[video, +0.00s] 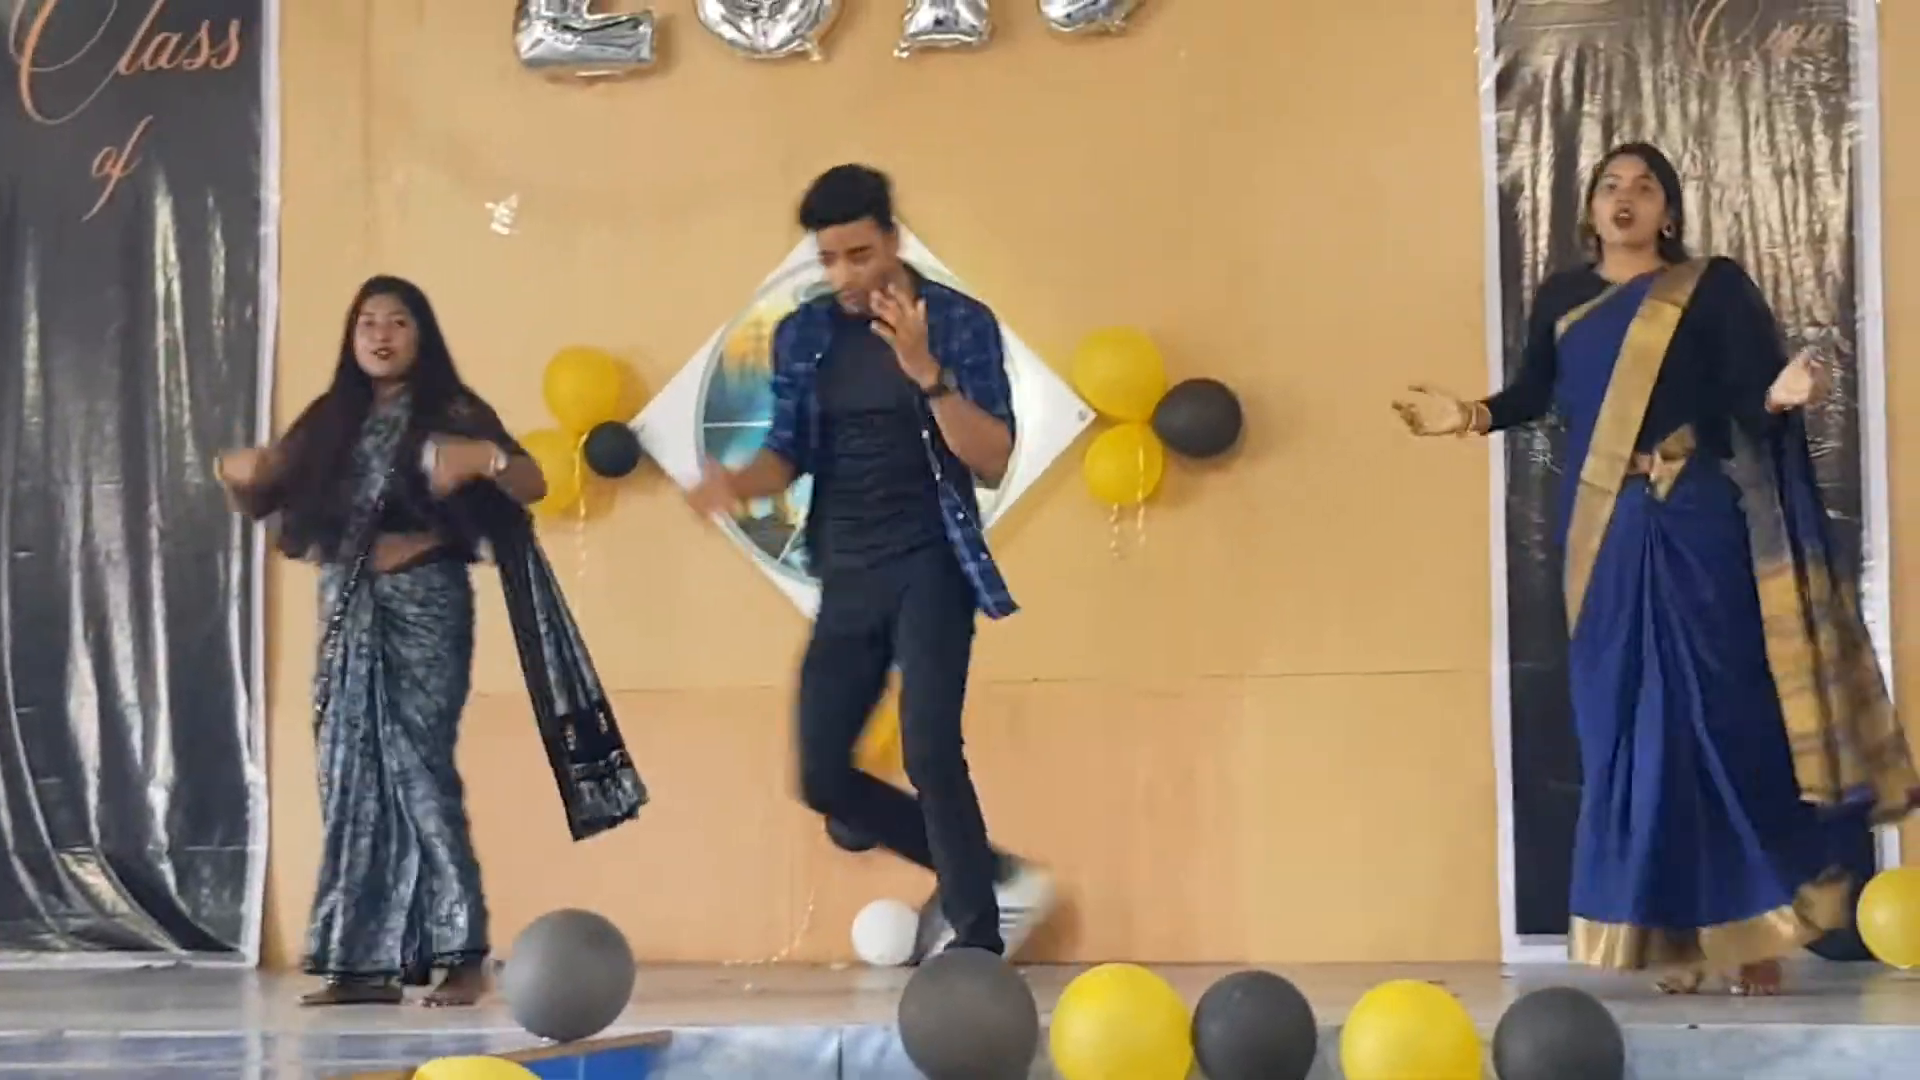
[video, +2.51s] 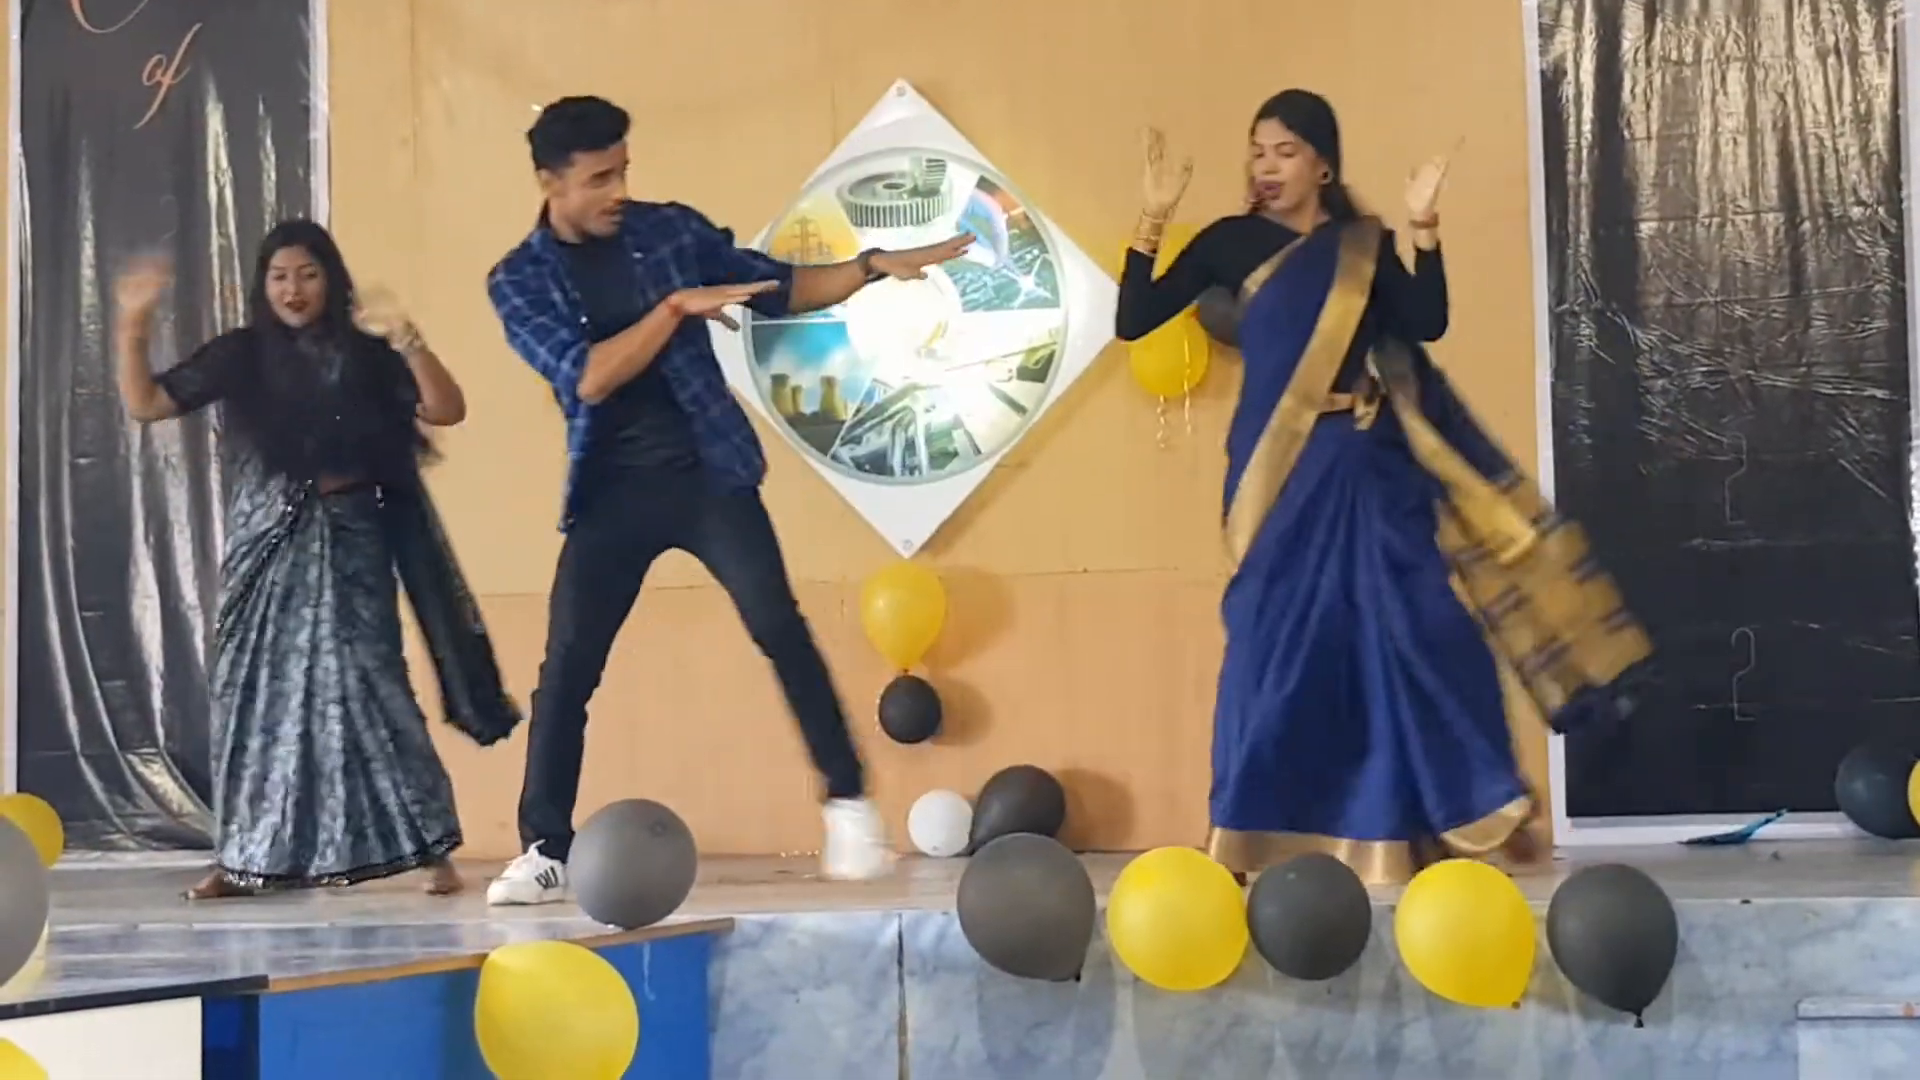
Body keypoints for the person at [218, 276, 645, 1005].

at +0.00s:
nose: (380, 335)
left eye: (396, 324)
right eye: (368, 324)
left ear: (423, 336)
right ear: (351, 336)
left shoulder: (456, 413)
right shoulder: (331, 419)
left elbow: (532, 485)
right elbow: (272, 504)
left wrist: (485, 459)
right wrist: (246, 482)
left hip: (428, 606)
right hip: (349, 609)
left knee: (419, 768)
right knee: (350, 774)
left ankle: (460, 951)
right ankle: (367, 962)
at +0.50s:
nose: (193, 351)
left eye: (206, 335)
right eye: (179, 339)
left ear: (236, 337)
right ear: (165, 347)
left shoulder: (280, 404)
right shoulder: (159, 418)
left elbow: (368, 478)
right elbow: (134, 505)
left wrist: (421, 439)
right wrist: (203, 450)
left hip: (272, 611)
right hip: (185, 613)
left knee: (287, 767)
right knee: (149, 764)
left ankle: (322, 941)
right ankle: (99, 929)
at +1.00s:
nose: (104, 355)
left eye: (121, 344)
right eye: (93, 342)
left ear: (148, 356)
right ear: (77, 355)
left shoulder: (189, 439)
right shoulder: (56, 441)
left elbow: (217, 545)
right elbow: (31, 546)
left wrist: (237, 508)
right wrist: (69, 486)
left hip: (169, 628)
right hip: (86, 628)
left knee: (148, 775)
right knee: (70, 771)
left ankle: (136, 939)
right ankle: (61, 938)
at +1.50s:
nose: (267, 316)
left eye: (284, 305)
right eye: (256, 305)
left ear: (311, 318)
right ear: (240, 318)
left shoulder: (324, 395)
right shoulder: (225, 398)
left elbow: (274, 473)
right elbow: (139, 456)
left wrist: (170, 456)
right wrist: (76, 423)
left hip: (290, 580)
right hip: (217, 581)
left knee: (309, 736)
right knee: (174, 729)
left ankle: (366, 894)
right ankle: (130, 906)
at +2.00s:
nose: (405, 275)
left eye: (418, 265)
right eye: (390, 265)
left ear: (435, 280)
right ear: (366, 282)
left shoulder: (464, 365)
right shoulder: (338, 367)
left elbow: (508, 457)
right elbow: (303, 458)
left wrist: (452, 493)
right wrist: (277, 522)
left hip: (422, 551)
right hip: (342, 551)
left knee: (422, 703)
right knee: (322, 692)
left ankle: (443, 869)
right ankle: (350, 864)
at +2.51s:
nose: (293, 288)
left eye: (307, 274)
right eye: (279, 276)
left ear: (332, 281)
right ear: (262, 286)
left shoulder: (366, 354)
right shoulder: (244, 352)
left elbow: (449, 411)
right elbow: (146, 404)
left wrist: (411, 341)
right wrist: (133, 321)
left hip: (355, 537)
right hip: (270, 541)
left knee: (374, 687)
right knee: (257, 690)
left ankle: (431, 849)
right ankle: (247, 856)